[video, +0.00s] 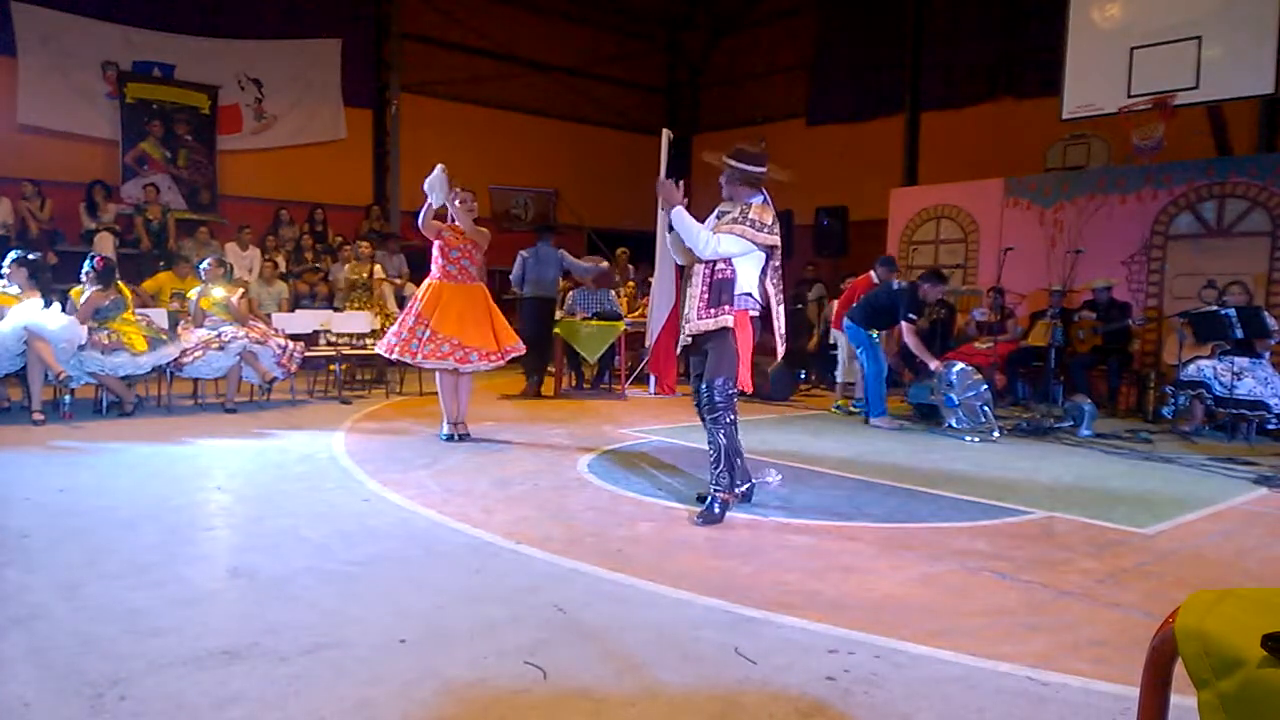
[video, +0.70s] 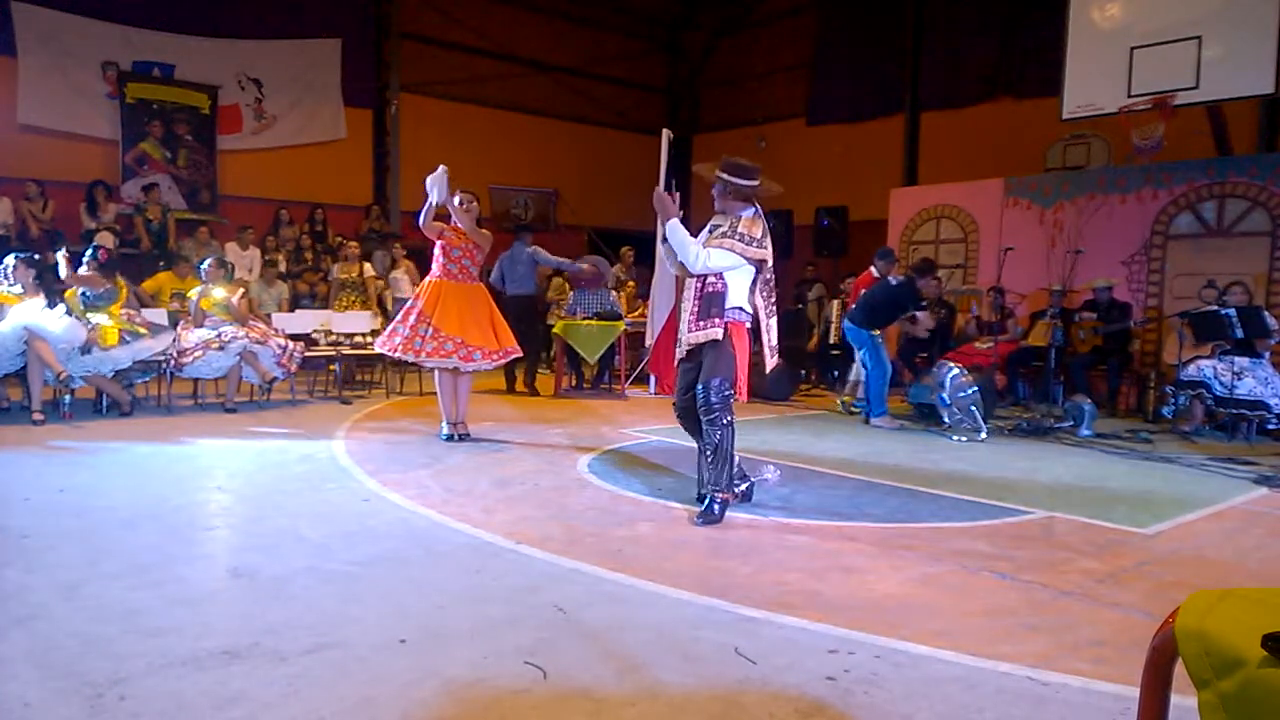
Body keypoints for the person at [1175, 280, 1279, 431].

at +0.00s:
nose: (1235, 297)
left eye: (1240, 293)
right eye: (1231, 294)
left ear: (1248, 297)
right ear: (1223, 298)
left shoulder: (1258, 315)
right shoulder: (1215, 316)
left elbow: (1265, 346)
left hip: (1254, 364)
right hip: (1222, 362)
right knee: (1197, 368)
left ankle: (1243, 424)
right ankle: (1197, 419)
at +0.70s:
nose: (1238, 297)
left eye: (1243, 293)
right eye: (1233, 293)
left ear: (1249, 297)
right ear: (1224, 299)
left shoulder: (1259, 315)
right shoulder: (1216, 316)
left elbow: (1265, 347)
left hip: (1254, 364)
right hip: (1222, 362)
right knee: (1196, 368)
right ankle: (1197, 419)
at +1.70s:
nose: (1226, 297)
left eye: (1232, 293)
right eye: (1224, 294)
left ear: (1246, 297)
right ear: (1220, 297)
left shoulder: (1257, 315)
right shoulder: (1217, 315)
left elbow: (1264, 346)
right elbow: (1200, 342)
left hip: (1254, 365)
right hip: (1223, 363)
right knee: (1197, 368)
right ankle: (1197, 419)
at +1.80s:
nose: (1226, 297)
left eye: (1232, 293)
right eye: (1224, 294)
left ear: (1246, 297)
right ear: (1221, 296)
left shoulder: (1257, 315)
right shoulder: (1218, 316)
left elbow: (1264, 346)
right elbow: (1200, 342)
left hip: (1254, 365)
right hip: (1223, 363)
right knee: (1197, 368)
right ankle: (1197, 419)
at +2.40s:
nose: (1226, 297)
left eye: (1231, 293)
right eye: (1225, 293)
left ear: (1245, 297)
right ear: (1222, 296)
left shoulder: (1258, 315)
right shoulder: (1220, 316)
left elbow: (1264, 345)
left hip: (1253, 364)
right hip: (1224, 363)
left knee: (1246, 381)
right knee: (1198, 369)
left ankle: (1241, 426)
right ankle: (1196, 421)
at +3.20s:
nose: (1225, 296)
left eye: (1231, 292)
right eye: (1224, 293)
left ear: (1245, 297)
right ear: (1221, 296)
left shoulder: (1257, 314)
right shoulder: (1218, 315)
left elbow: (1264, 346)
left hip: (1253, 365)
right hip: (1223, 363)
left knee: (1246, 382)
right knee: (1198, 369)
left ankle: (1242, 427)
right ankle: (1195, 421)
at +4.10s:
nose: (1238, 296)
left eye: (1242, 293)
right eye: (1233, 292)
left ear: (1248, 297)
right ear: (1224, 296)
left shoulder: (1257, 315)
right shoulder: (1216, 315)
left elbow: (1265, 346)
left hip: (1253, 364)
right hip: (1221, 363)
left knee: (1249, 382)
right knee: (1198, 368)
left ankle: (1243, 426)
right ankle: (1195, 419)